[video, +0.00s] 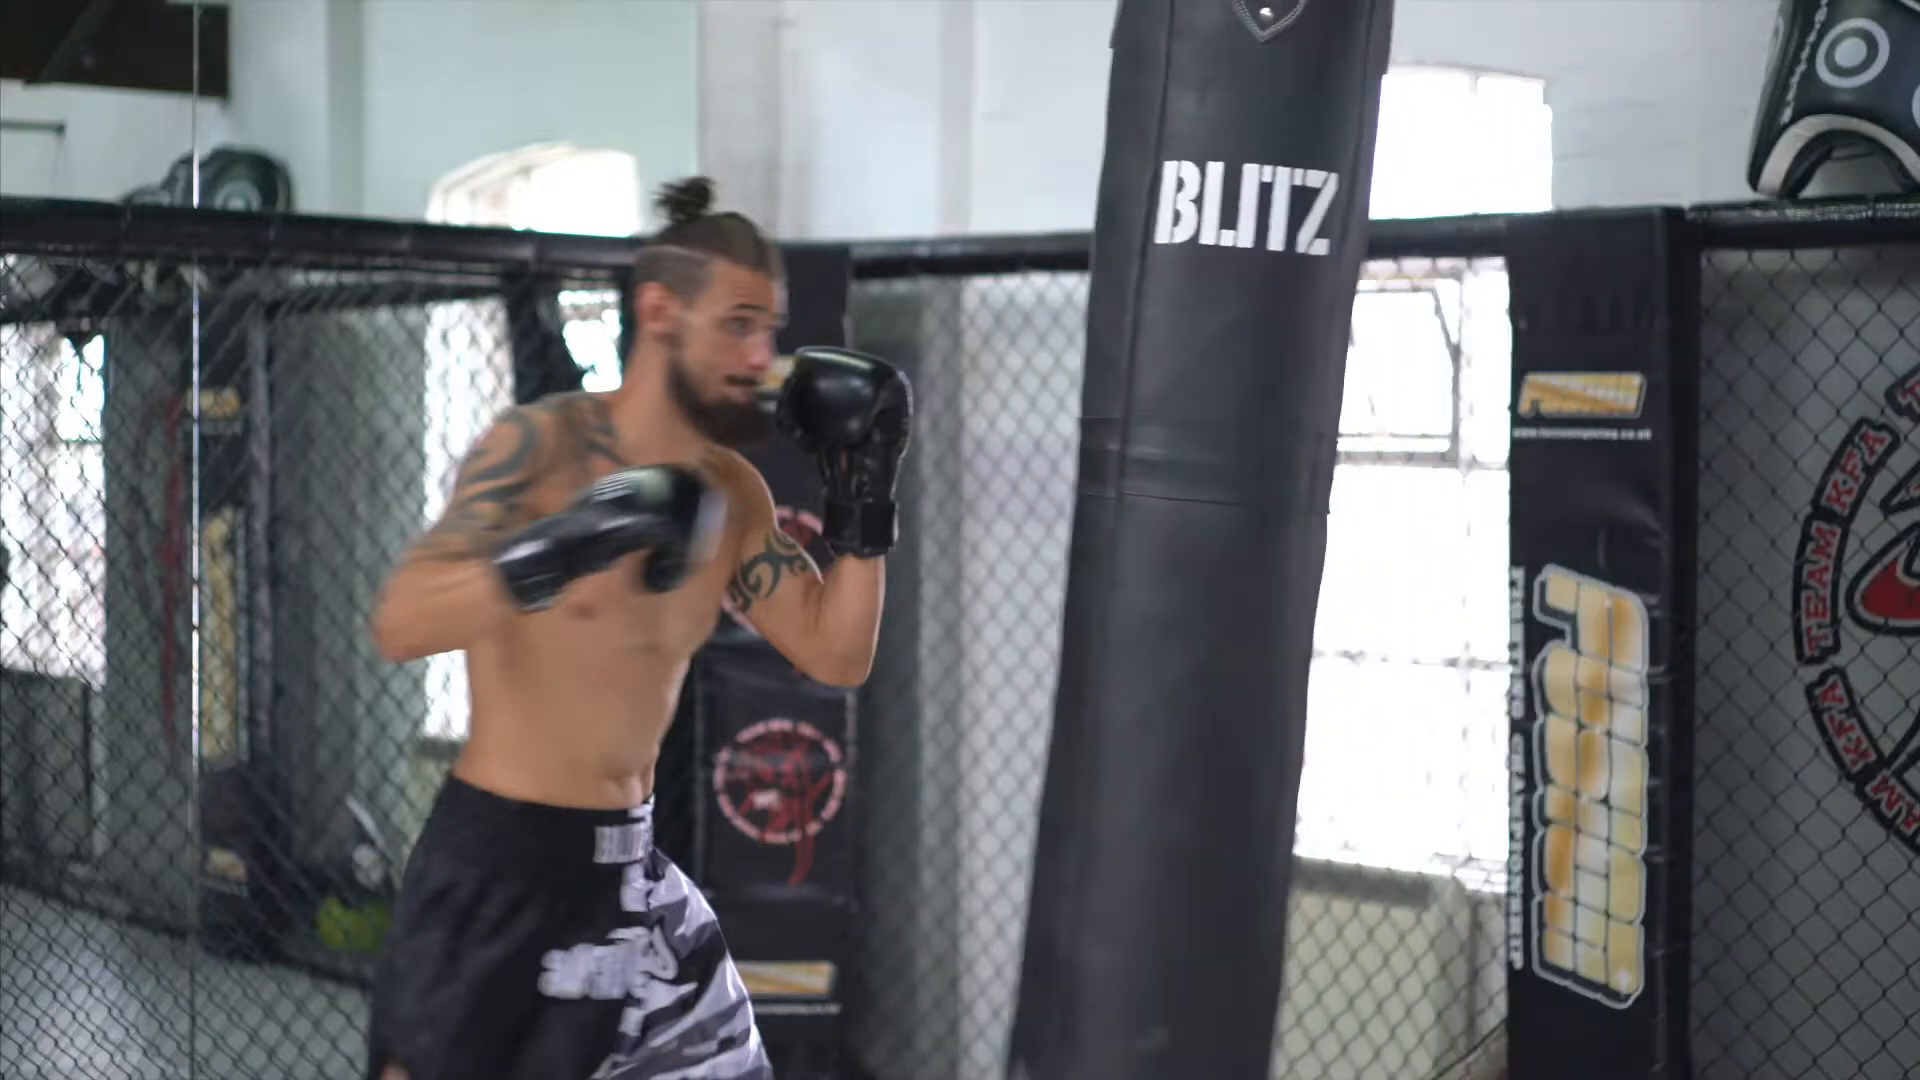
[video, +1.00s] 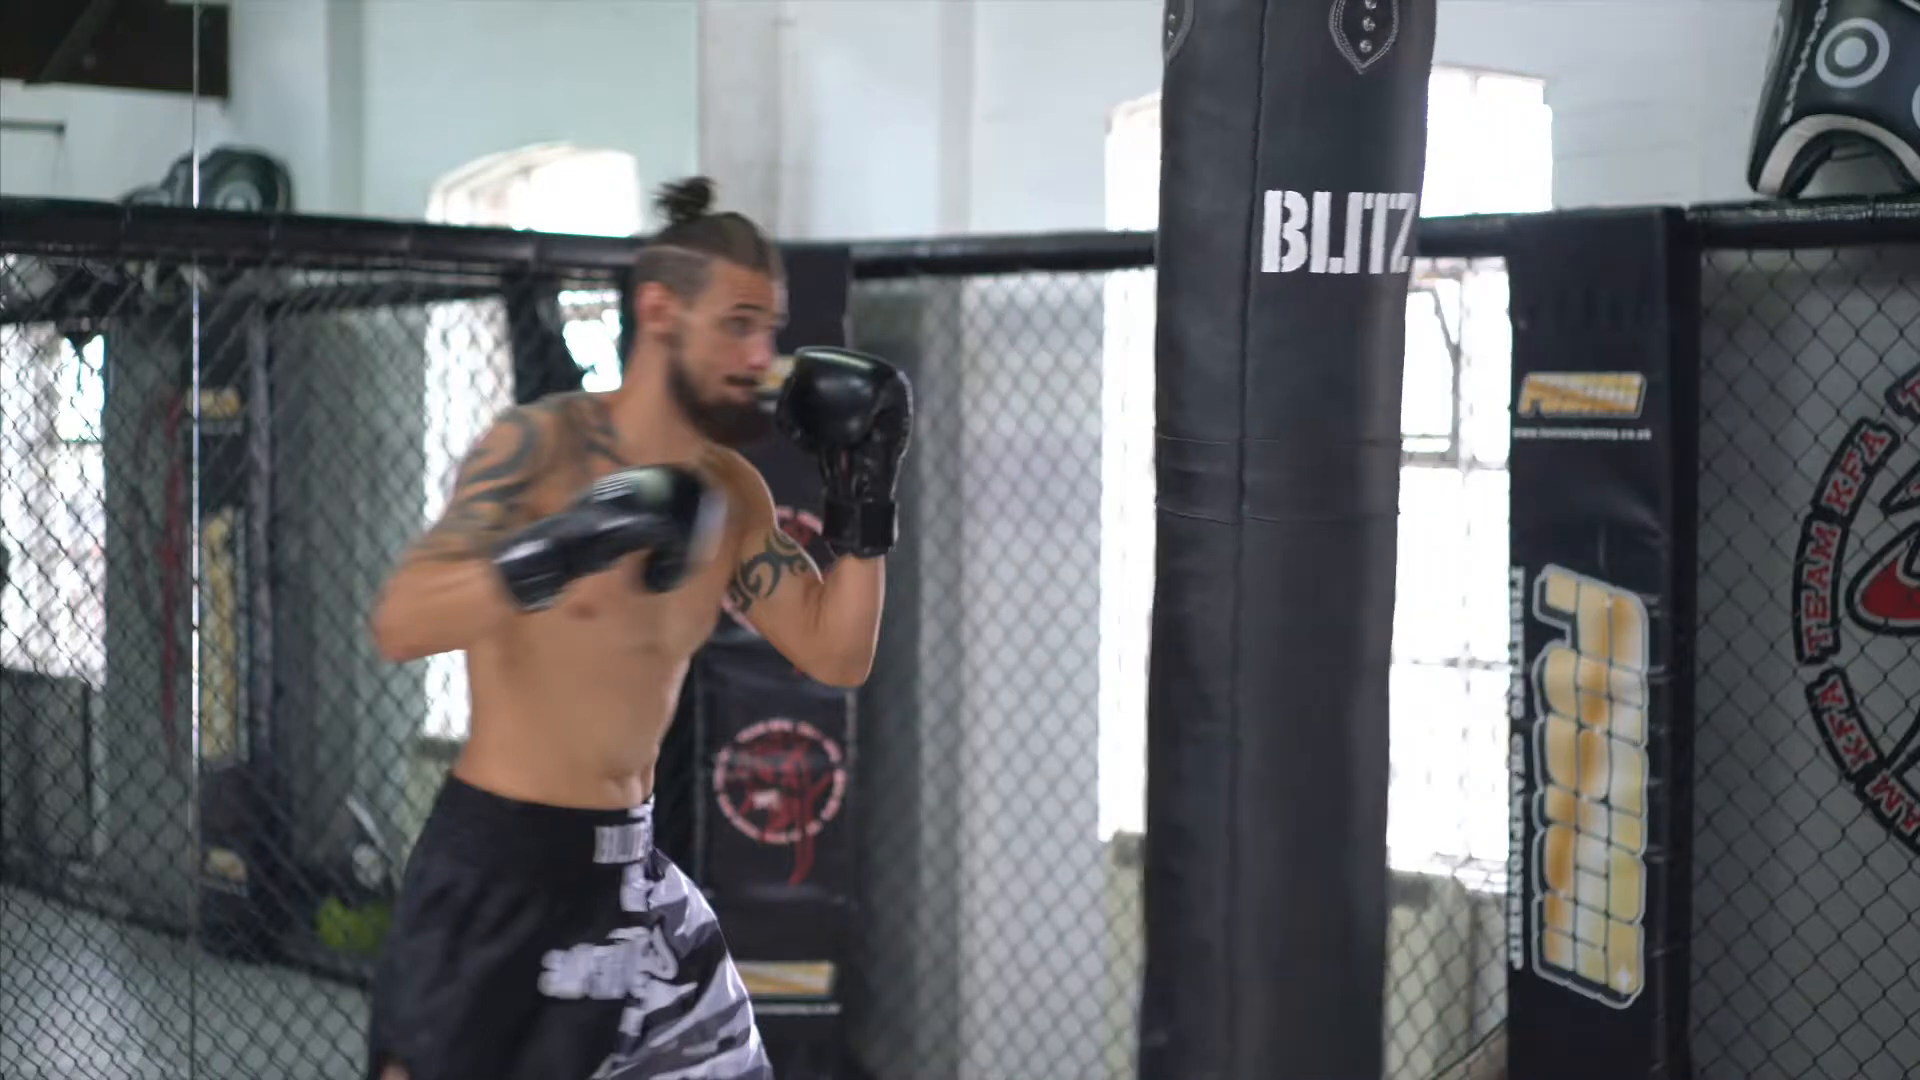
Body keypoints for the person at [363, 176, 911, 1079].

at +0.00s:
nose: (762, 358)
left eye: (772, 332)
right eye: (739, 326)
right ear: (656, 310)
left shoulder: (733, 492)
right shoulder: (539, 439)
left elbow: (839, 655)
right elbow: (401, 623)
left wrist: (865, 483)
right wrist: (568, 547)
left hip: (636, 867)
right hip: (500, 866)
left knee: (732, 1066)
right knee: (442, 1065)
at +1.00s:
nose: (762, 358)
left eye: (772, 331)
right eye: (739, 325)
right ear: (656, 310)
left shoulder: (734, 493)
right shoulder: (539, 440)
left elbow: (839, 655)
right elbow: (401, 623)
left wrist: (864, 483)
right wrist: (569, 547)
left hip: (636, 868)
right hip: (500, 866)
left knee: (732, 1066)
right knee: (442, 1065)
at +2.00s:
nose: (762, 358)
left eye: (772, 331)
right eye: (739, 325)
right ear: (656, 310)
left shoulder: (733, 493)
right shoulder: (538, 440)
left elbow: (839, 655)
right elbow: (401, 623)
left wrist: (864, 483)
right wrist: (569, 547)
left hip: (636, 868)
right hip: (499, 866)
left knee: (732, 1066)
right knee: (442, 1065)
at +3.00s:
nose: (763, 357)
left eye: (773, 331)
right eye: (740, 325)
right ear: (656, 309)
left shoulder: (733, 492)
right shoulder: (538, 440)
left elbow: (839, 655)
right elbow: (400, 623)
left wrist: (866, 481)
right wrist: (568, 546)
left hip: (636, 867)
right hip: (500, 865)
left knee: (731, 1066)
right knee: (443, 1064)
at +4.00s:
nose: (763, 357)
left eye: (772, 331)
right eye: (740, 325)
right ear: (656, 309)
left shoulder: (733, 492)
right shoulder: (538, 440)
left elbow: (839, 655)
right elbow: (400, 623)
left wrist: (865, 481)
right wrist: (567, 547)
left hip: (636, 867)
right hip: (500, 866)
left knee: (732, 1066)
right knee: (442, 1065)